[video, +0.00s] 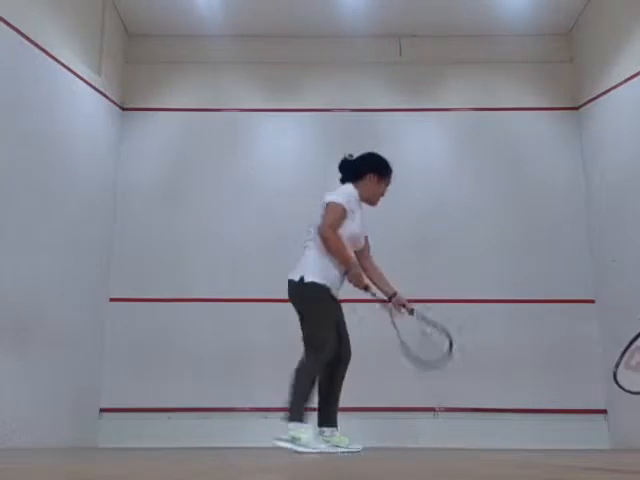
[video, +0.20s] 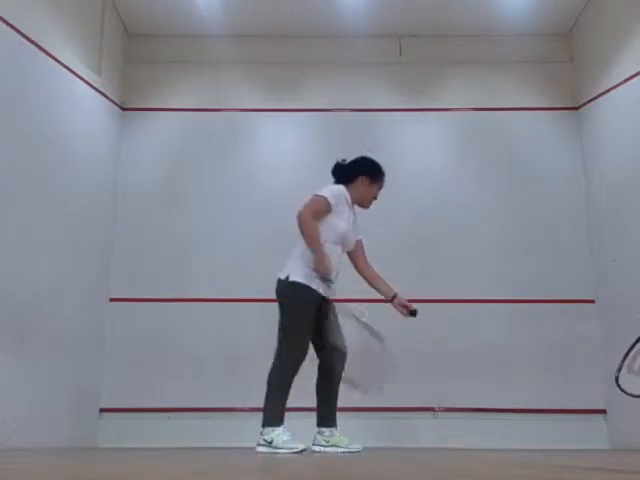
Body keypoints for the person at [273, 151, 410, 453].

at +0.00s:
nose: (383, 193)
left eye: (386, 188)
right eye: (383, 185)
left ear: (370, 182)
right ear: (368, 178)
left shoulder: (357, 215)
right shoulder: (343, 196)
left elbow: (366, 261)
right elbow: (327, 232)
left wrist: (391, 294)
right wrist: (351, 267)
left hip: (324, 289)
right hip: (308, 285)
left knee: (340, 354)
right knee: (320, 349)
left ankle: (327, 429)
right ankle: (295, 423)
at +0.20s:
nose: (376, 197)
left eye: (378, 192)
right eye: (376, 189)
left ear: (363, 185)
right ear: (361, 181)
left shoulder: (349, 221)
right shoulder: (335, 194)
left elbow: (363, 265)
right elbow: (305, 216)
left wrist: (393, 297)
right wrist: (319, 256)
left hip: (320, 294)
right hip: (297, 286)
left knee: (334, 353)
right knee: (291, 354)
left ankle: (326, 432)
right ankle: (271, 430)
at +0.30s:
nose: (373, 196)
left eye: (375, 190)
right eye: (372, 188)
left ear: (357, 184)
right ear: (356, 181)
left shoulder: (347, 221)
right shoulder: (330, 194)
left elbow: (361, 265)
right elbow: (295, 210)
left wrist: (395, 295)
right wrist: (298, 240)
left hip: (314, 295)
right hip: (293, 287)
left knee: (330, 355)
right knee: (287, 354)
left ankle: (325, 432)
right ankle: (270, 430)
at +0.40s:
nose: (370, 195)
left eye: (372, 189)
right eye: (369, 187)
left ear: (355, 182)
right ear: (353, 179)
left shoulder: (344, 222)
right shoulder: (325, 193)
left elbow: (362, 264)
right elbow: (287, 202)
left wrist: (397, 292)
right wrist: (283, 222)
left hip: (311, 294)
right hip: (289, 285)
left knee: (324, 354)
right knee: (286, 353)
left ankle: (325, 432)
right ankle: (270, 430)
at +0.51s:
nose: (368, 194)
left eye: (370, 189)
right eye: (367, 187)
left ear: (353, 182)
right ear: (351, 179)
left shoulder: (342, 221)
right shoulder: (324, 191)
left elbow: (363, 261)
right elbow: (287, 197)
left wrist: (399, 289)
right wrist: (280, 214)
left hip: (309, 293)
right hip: (288, 285)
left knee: (322, 355)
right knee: (286, 354)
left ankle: (325, 431)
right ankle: (270, 431)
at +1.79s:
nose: (291, 149)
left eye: (290, 143)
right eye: (289, 143)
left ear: (256, 143)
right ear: (280, 143)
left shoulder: (241, 172)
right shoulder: (283, 169)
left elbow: (266, 230)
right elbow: (298, 203)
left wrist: (312, 241)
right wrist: (323, 241)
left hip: (218, 268)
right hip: (261, 272)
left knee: (207, 347)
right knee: (296, 349)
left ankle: (176, 428)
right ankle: (322, 430)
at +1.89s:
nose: (280, 139)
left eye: (279, 132)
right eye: (278, 133)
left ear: (244, 134)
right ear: (267, 132)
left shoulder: (225, 165)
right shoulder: (268, 157)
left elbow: (238, 228)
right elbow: (274, 199)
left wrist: (286, 246)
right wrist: (296, 238)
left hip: (202, 262)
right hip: (244, 264)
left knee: (202, 343)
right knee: (280, 338)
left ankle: (175, 427)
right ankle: (297, 425)